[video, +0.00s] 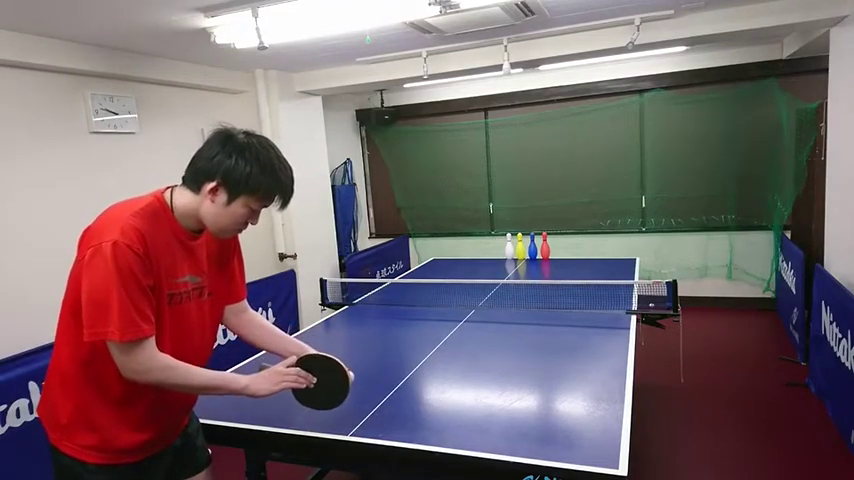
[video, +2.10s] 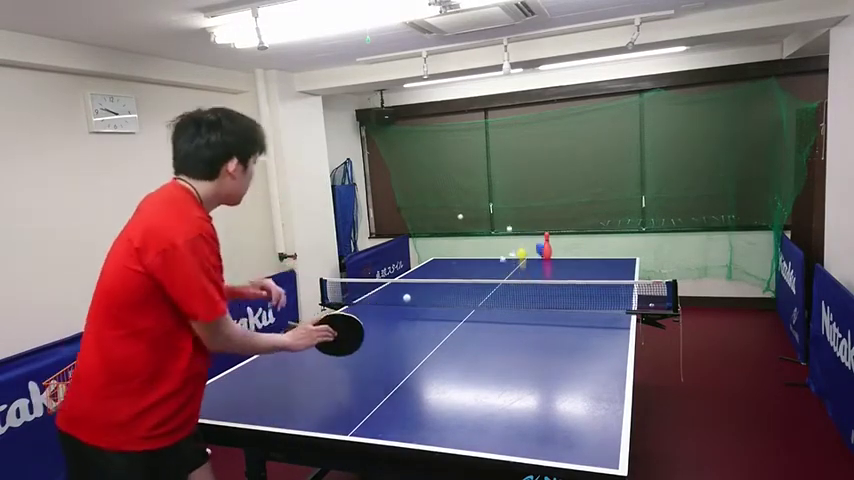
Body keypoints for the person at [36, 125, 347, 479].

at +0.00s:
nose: (254, 222)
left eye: (259, 212)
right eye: (251, 209)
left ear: (214, 192)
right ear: (214, 191)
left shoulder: (217, 231)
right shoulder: (120, 241)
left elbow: (237, 313)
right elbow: (137, 362)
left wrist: (306, 354)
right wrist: (245, 383)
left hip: (169, 422)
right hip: (99, 444)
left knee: (197, 471)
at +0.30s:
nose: (249, 221)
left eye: (255, 212)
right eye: (247, 210)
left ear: (207, 193)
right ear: (207, 192)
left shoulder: (217, 232)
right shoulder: (105, 239)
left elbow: (238, 312)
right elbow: (90, 364)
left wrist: (311, 355)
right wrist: (200, 411)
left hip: (172, 434)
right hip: (96, 453)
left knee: (200, 472)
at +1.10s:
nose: (268, 225)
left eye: (273, 216)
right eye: (266, 214)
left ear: (228, 197)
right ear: (228, 196)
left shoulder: (233, 234)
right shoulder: (132, 239)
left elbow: (252, 304)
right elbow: (84, 354)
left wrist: (316, 335)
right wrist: (197, 391)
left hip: (176, 428)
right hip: (105, 442)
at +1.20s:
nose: (281, 228)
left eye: (286, 219)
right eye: (281, 216)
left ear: (247, 201)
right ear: (246, 200)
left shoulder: (237, 231)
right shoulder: (159, 245)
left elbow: (255, 303)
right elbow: (152, 363)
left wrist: (317, 319)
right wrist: (264, 388)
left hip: (176, 415)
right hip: (112, 430)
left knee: (199, 472)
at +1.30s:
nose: (292, 228)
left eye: (297, 219)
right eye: (293, 216)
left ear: (258, 202)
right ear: (261, 203)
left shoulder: (235, 225)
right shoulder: (191, 262)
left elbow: (255, 299)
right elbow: (239, 352)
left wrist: (303, 299)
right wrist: (318, 364)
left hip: (172, 410)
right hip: (118, 426)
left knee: (202, 472)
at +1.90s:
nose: (284, 188)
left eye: (286, 178)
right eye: (285, 178)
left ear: (225, 165)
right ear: (267, 178)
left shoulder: (192, 204)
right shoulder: (224, 234)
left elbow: (218, 293)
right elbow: (253, 330)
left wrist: (270, 278)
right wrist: (309, 332)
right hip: (143, 428)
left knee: (207, 471)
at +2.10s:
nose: (251, 177)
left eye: (254, 166)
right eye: (252, 166)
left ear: (189, 159)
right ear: (231, 167)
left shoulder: (165, 204)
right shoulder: (183, 226)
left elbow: (180, 284)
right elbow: (219, 336)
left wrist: (241, 292)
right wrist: (288, 341)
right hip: (130, 436)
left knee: (200, 468)